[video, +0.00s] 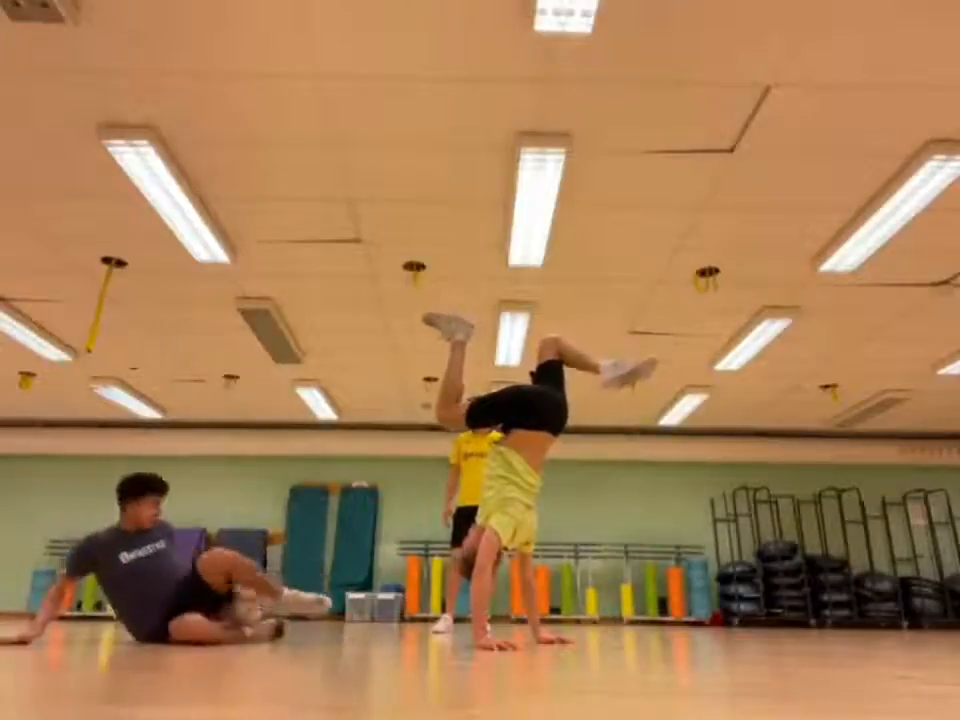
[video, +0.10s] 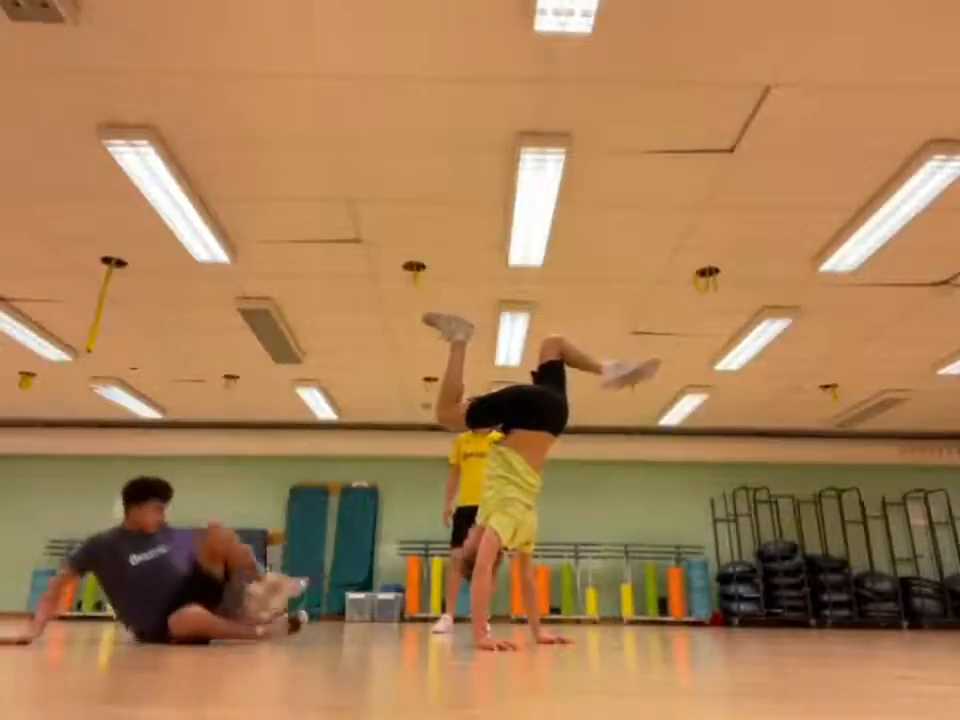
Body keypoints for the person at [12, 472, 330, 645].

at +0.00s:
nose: (159, 512)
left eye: (159, 506)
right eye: (153, 506)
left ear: (153, 507)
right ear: (129, 506)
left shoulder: (162, 532)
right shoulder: (96, 547)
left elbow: (175, 575)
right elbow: (60, 591)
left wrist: (222, 606)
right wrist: (35, 632)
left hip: (187, 592)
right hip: (158, 621)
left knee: (221, 557)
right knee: (198, 628)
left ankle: (280, 597)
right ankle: (252, 632)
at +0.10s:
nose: (163, 517)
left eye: (164, 509)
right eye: (158, 508)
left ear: (154, 509)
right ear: (134, 507)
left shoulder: (164, 536)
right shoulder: (103, 545)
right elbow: (60, 584)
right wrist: (37, 629)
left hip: (190, 596)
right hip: (157, 623)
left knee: (216, 536)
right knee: (193, 617)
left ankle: (260, 583)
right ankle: (260, 631)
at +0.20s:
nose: (164, 520)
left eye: (164, 512)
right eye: (159, 512)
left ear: (156, 513)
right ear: (135, 511)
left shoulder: (163, 536)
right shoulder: (103, 546)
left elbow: (169, 577)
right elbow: (58, 583)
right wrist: (33, 633)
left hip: (185, 599)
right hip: (155, 625)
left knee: (205, 519)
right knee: (195, 610)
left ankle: (226, 580)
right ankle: (267, 624)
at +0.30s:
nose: (160, 519)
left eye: (160, 512)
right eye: (154, 511)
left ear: (154, 512)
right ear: (131, 510)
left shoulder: (162, 535)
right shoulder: (98, 544)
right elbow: (54, 585)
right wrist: (32, 633)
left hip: (180, 598)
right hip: (150, 624)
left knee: (210, 524)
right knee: (193, 610)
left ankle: (233, 601)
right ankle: (270, 625)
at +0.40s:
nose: (159, 517)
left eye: (160, 510)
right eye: (153, 510)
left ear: (151, 510)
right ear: (129, 509)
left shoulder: (160, 532)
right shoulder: (97, 544)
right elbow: (54, 584)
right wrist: (32, 633)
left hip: (180, 593)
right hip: (147, 623)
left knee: (233, 539)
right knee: (187, 611)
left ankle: (260, 599)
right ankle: (262, 624)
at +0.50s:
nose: (165, 515)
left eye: (166, 508)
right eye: (158, 508)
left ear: (162, 506)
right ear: (135, 508)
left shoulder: (170, 530)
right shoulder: (103, 541)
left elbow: (194, 567)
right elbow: (65, 579)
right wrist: (35, 630)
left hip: (186, 591)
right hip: (146, 617)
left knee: (255, 557)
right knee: (179, 613)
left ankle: (280, 605)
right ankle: (256, 626)